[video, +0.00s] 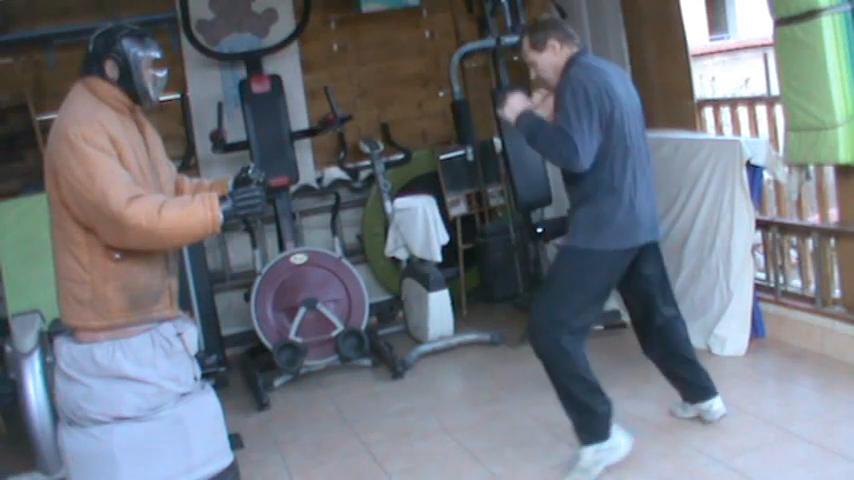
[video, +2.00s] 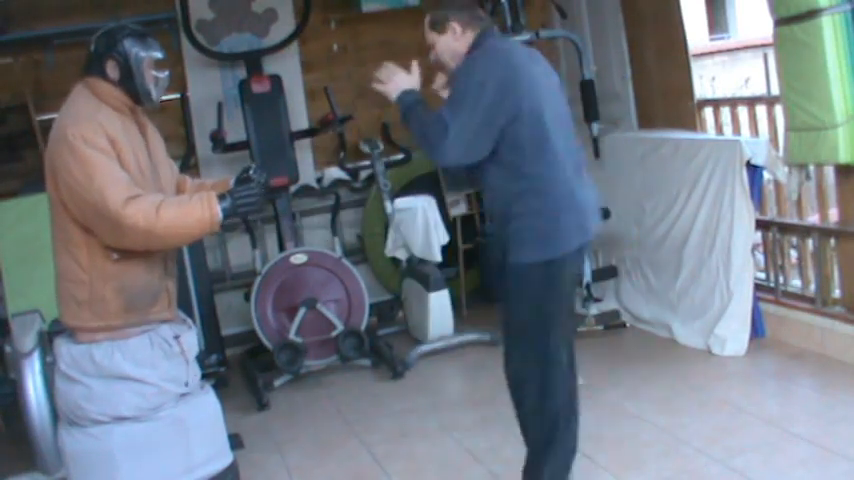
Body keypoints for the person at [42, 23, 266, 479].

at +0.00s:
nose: (153, 74)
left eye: (154, 63)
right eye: (144, 64)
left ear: (117, 68)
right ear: (111, 66)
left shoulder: (131, 118)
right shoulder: (80, 128)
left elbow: (168, 187)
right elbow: (125, 218)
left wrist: (227, 186)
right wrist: (218, 210)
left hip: (152, 317)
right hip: (109, 329)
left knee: (184, 447)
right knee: (132, 458)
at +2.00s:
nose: (155, 75)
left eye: (155, 65)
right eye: (145, 65)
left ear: (119, 68)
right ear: (113, 66)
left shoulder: (135, 120)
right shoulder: (78, 131)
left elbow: (173, 188)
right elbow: (127, 220)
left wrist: (231, 185)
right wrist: (217, 209)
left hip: (154, 318)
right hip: (108, 331)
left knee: (184, 448)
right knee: (130, 459)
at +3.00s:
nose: (154, 75)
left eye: (154, 64)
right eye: (144, 65)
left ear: (117, 68)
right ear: (110, 66)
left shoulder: (134, 119)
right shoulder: (77, 130)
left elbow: (171, 187)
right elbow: (123, 220)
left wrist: (226, 187)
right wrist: (214, 212)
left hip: (152, 315)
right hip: (106, 327)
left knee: (179, 442)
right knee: (128, 454)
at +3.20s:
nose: (153, 74)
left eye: (153, 64)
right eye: (143, 64)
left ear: (116, 68)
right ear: (109, 66)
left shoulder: (133, 120)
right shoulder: (77, 130)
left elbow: (171, 188)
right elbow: (124, 220)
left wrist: (226, 187)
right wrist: (214, 211)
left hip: (152, 316)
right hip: (106, 328)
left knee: (180, 443)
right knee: (129, 455)